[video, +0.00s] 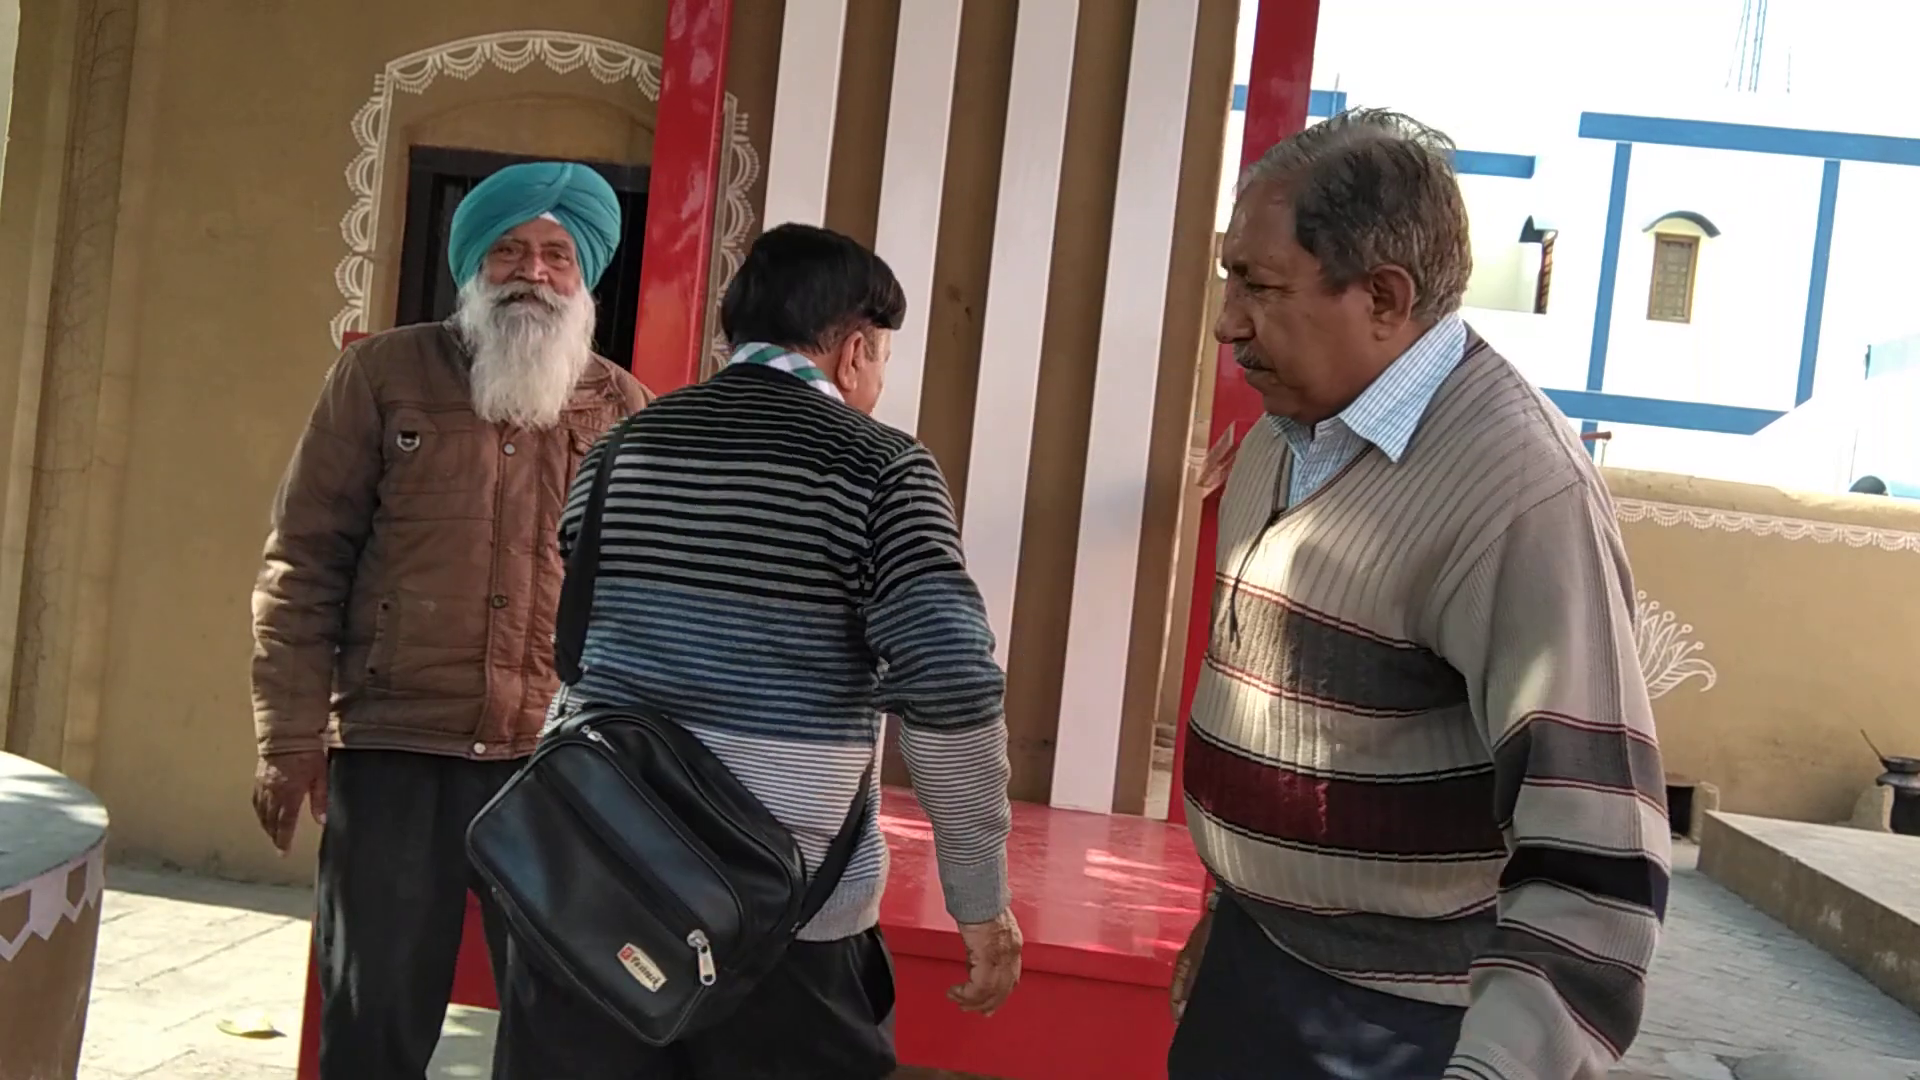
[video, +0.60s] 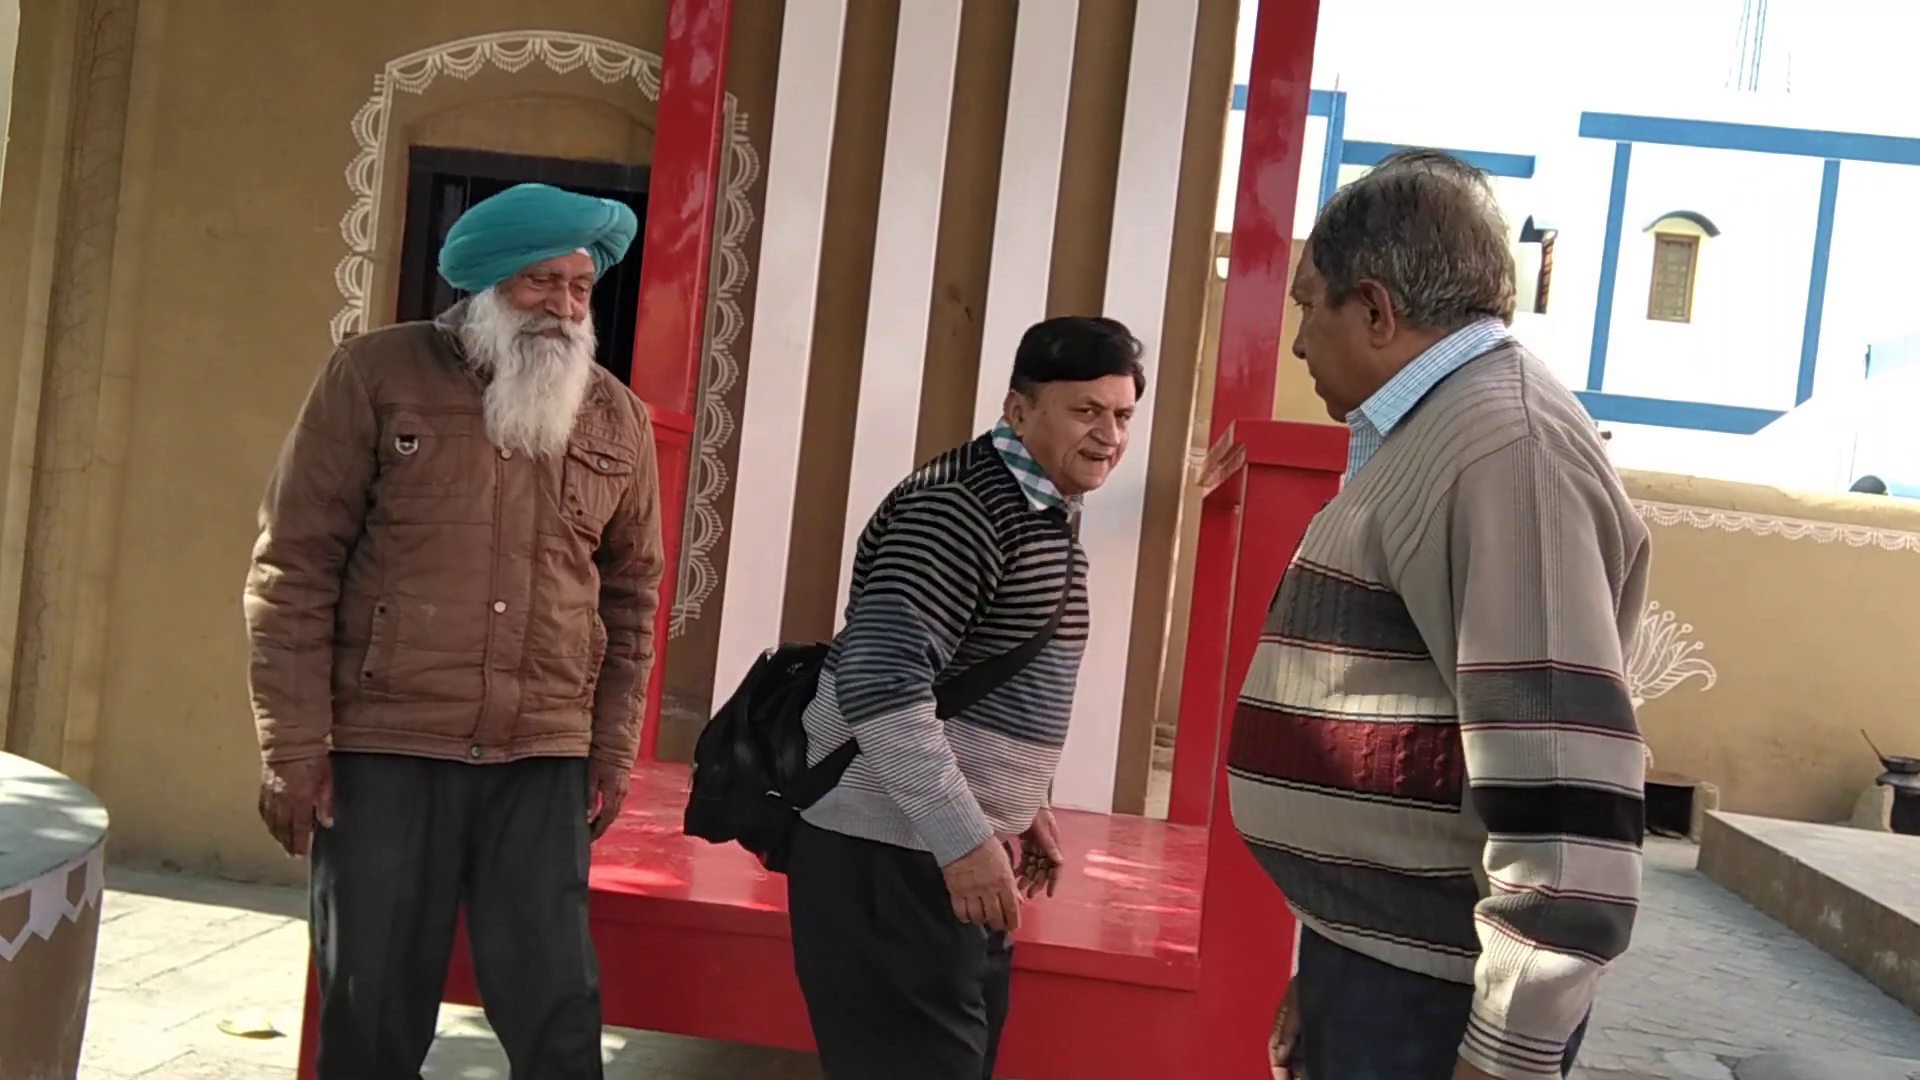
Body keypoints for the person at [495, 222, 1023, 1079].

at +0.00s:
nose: (885, 381)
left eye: (889, 359)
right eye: (887, 359)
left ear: (740, 334)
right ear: (856, 351)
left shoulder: (626, 440)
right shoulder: (880, 464)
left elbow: (575, 648)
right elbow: (949, 688)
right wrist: (980, 896)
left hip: (596, 869)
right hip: (785, 902)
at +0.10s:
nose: (939, 409)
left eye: (943, 390)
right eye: (939, 388)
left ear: (806, 362)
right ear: (903, 380)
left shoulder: (696, 464)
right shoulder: (928, 493)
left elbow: (643, 660)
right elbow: (972, 714)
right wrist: (995, 916)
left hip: (660, 889)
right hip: (831, 926)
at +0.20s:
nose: (1003, 423)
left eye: (1006, 400)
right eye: (1001, 400)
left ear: (874, 378)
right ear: (961, 395)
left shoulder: (769, 472)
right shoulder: (974, 509)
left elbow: (701, 661)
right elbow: (992, 726)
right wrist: (1007, 922)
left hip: (717, 883)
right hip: (873, 915)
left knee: (679, 1068)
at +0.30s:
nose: (1056, 430)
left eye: (1059, 409)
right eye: (1051, 407)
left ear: (924, 386)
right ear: (997, 403)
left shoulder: (833, 466)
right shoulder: (993, 510)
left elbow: (771, 663)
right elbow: (983, 721)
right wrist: (1018, 904)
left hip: (783, 855)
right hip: (902, 895)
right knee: (910, 1058)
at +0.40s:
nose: (1096, 419)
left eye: (1097, 400)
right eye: (1084, 398)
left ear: (999, 391)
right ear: (1012, 391)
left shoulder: (898, 452)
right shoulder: (1000, 494)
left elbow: (801, 626)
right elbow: (955, 699)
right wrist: (1016, 866)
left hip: (840, 847)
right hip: (910, 866)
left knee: (889, 1059)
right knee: (917, 1061)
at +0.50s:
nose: (1110, 423)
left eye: (1117, 406)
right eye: (1092, 401)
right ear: (1019, 395)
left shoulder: (1005, 480)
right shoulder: (985, 491)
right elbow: (918, 682)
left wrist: (1169, 492)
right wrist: (997, 848)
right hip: (898, 864)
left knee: (919, 1061)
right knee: (914, 1064)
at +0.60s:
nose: (1109, 435)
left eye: (1122, 416)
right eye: (1086, 411)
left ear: (1133, 421)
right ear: (1021, 407)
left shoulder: (1048, 515)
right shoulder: (959, 504)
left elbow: (990, 677)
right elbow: (876, 683)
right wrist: (961, 838)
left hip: (962, 866)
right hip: (887, 862)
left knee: (961, 1060)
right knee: (916, 1064)